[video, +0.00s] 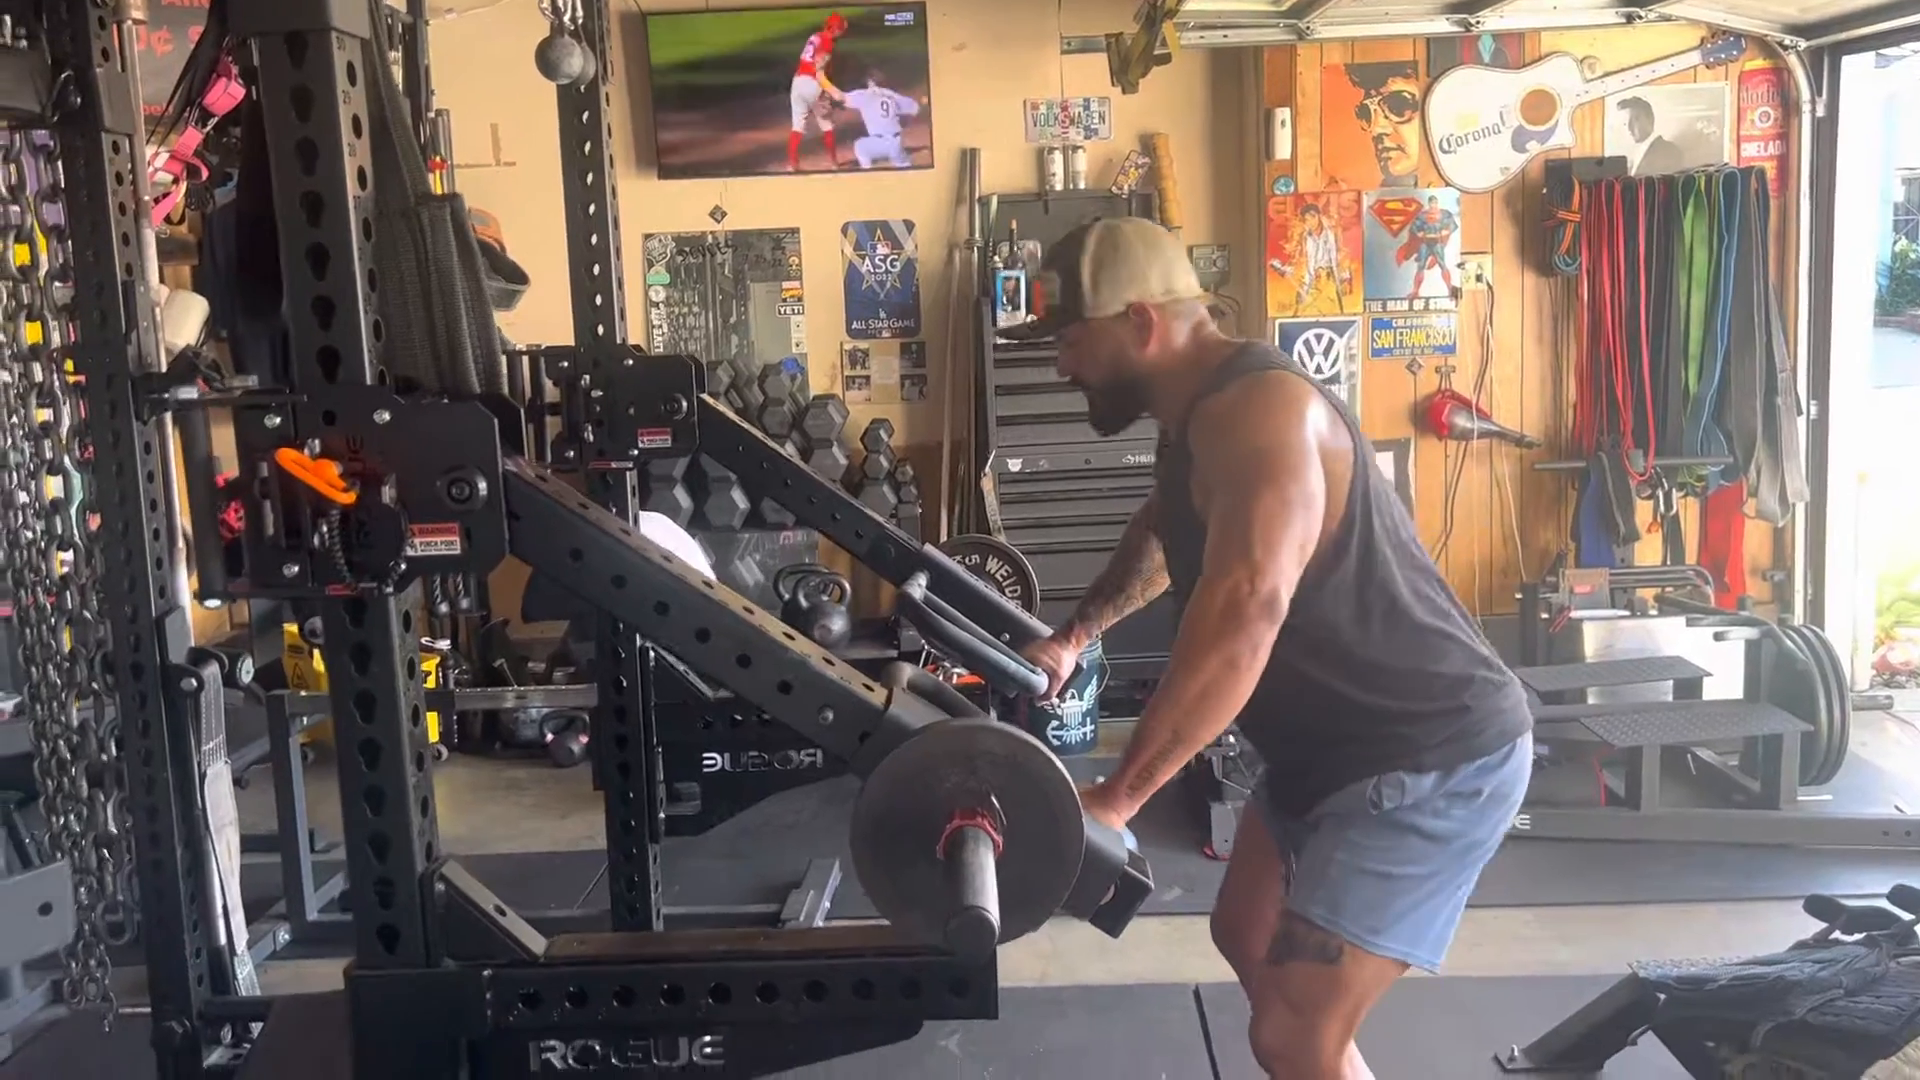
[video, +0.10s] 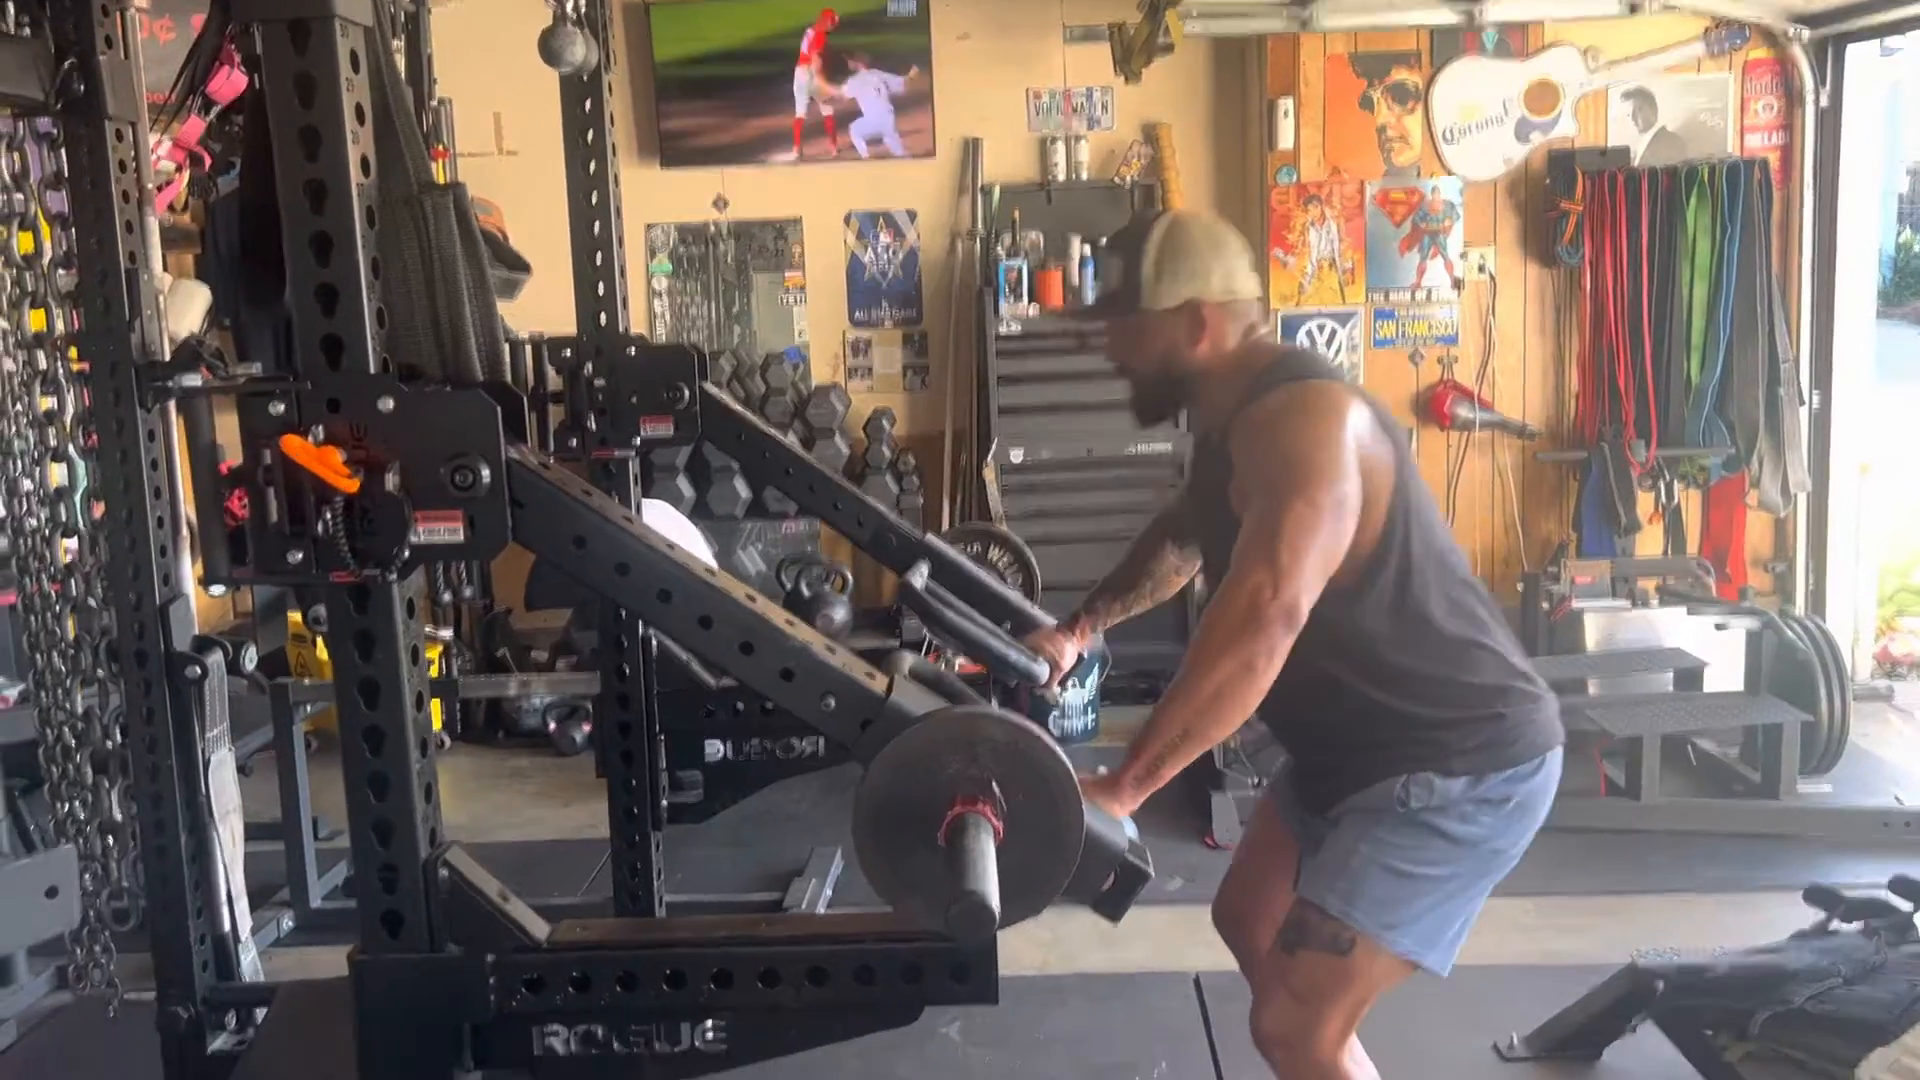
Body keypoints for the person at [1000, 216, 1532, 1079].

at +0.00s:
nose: (1060, 356)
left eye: (1070, 328)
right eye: (1058, 333)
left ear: (1142, 324)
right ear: (1146, 326)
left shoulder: (1263, 409)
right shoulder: (1197, 420)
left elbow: (1247, 606)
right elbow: (1157, 539)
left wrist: (1121, 793)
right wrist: (1076, 635)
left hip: (1432, 754)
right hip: (1335, 746)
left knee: (1297, 1033)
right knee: (1248, 934)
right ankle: (1332, 1065)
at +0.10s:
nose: (1109, 341)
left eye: (1126, 318)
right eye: (1111, 319)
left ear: (1202, 324)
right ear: (1201, 326)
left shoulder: (1304, 416)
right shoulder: (1230, 414)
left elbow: (1268, 610)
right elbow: (1182, 536)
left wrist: (1125, 787)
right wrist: (1080, 628)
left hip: (1461, 756)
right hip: (1358, 743)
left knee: (1298, 1030)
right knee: (1250, 920)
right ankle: (1334, 1068)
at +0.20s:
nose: (1207, 295)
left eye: (1223, 271)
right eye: (1207, 271)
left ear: (1302, 283)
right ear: (1297, 287)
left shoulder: (1391, 398)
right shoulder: (1298, 388)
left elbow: (1285, 590)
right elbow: (1209, 519)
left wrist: (1125, 744)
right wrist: (1084, 609)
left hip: (1484, 748)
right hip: (1379, 730)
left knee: (1316, 1009)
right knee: (1266, 900)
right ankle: (1341, 1061)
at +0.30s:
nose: (1273, 224)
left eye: (1294, 204)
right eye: (1278, 202)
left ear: (1376, 223)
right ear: (1366, 225)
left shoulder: (1444, 349)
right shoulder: (1352, 338)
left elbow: (1347, 525)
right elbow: (1249, 458)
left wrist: (1162, 642)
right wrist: (1122, 531)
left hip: (1462, 725)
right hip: (1365, 704)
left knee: (1313, 995)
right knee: (1257, 885)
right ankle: (1332, 1058)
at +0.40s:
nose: (1273, 190)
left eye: (1292, 170)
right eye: (1277, 169)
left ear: (1374, 177)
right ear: (1364, 181)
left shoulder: (1441, 291)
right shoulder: (1354, 291)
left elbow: (1457, 427)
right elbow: (1294, 380)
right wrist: (1180, 392)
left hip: (1384, 691)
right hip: (1296, 669)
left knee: (1289, 978)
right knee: (1234, 879)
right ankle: (1320, 1056)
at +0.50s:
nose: (1223, 179)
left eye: (1244, 158)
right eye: (1225, 157)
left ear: (1320, 168)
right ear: (1313, 169)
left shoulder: (1402, 272)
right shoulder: (1297, 283)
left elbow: (1482, 356)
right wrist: (1118, 286)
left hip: (1302, 690)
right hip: (1249, 678)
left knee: (1285, 971)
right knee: (1275, 959)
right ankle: (1311, 1064)